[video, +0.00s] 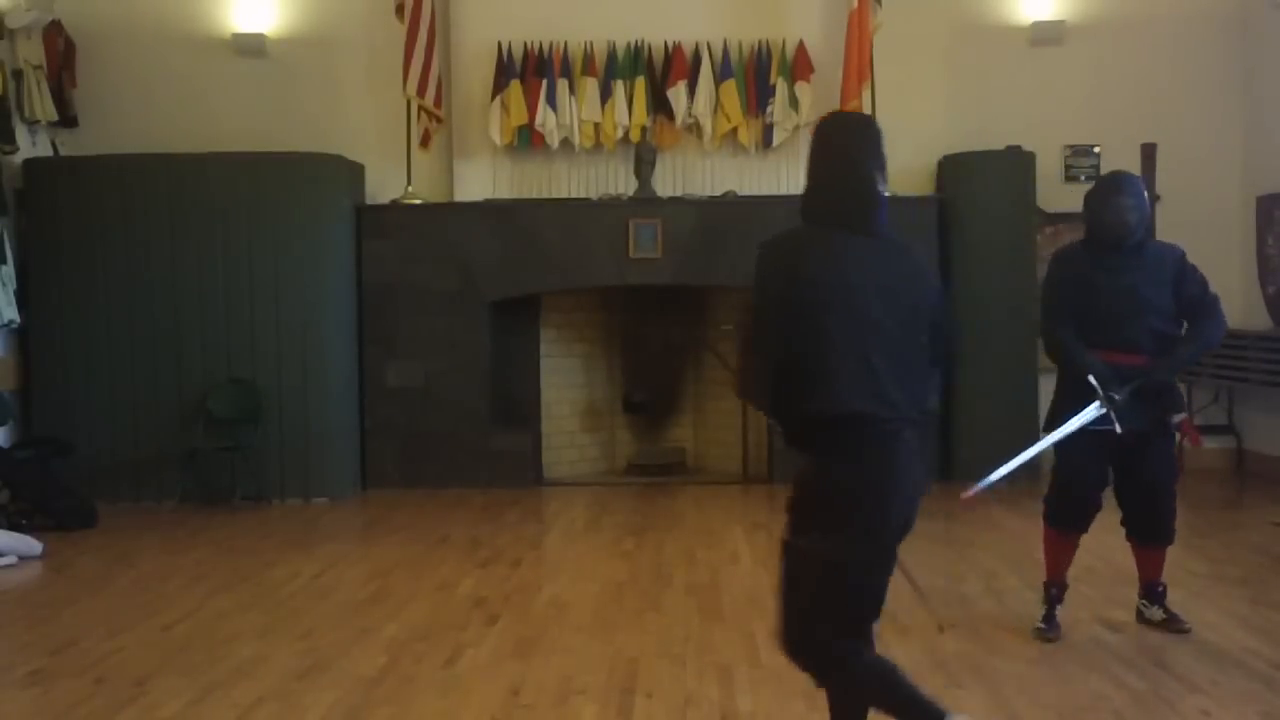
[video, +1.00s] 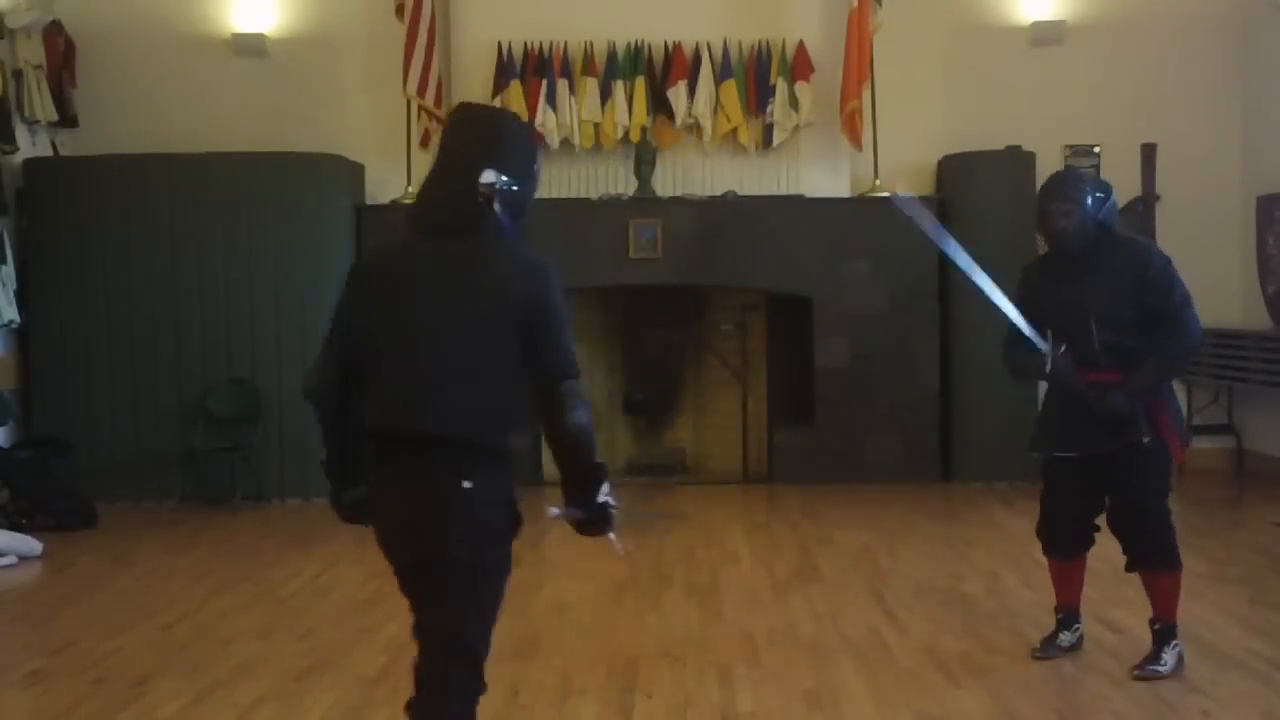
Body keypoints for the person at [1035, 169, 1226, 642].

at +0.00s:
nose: (1120, 227)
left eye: (1129, 217)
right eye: (1110, 218)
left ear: (1145, 215)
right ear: (1091, 216)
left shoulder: (1168, 263)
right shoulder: (1069, 263)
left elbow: (1212, 323)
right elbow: (1056, 334)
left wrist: (1165, 368)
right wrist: (1095, 375)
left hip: (1148, 406)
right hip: (1081, 404)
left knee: (1153, 503)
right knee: (1070, 501)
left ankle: (1152, 600)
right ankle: (1052, 599)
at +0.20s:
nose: (1111, 224)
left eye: (1120, 213)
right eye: (1101, 214)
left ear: (1140, 214)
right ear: (1084, 217)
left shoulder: (1169, 265)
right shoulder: (1068, 268)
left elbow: (1212, 329)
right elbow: (1049, 341)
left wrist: (1163, 376)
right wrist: (1086, 380)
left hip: (1152, 414)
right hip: (1086, 414)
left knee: (1153, 512)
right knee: (1079, 517)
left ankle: (1152, 602)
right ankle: (1071, 617)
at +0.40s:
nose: (1088, 228)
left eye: (1097, 217)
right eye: (1078, 218)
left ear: (1116, 216)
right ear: (1061, 222)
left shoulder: (1150, 265)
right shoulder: (1047, 277)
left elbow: (1193, 334)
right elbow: (1033, 350)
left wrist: (1149, 379)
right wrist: (1067, 394)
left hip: (1143, 410)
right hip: (1074, 410)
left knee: (1160, 513)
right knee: (1069, 518)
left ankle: (1157, 587)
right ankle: (1069, 623)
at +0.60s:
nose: (1065, 220)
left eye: (1074, 208)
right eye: (1055, 209)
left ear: (1097, 209)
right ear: (1042, 215)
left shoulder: (1134, 257)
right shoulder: (1030, 273)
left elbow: (1182, 326)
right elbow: (1021, 351)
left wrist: (1135, 376)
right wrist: (1054, 401)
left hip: (1132, 409)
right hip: (1064, 413)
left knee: (1163, 511)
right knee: (1062, 521)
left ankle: (1166, 585)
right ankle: (1069, 623)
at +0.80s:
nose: (1054, 220)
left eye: (1064, 208)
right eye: (1045, 210)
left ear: (1089, 207)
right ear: (1035, 216)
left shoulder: (1131, 255)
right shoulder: (1026, 272)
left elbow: (1181, 322)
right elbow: (1014, 349)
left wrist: (1127, 385)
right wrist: (1049, 400)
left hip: (1130, 418)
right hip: (1063, 419)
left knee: (1151, 524)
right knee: (1059, 526)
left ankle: (1170, 629)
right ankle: (1068, 627)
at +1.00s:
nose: (1050, 225)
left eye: (1061, 214)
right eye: (1045, 214)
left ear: (1094, 213)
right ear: (1040, 217)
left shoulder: (1140, 261)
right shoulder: (1040, 274)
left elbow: (1185, 337)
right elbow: (1017, 357)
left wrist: (1131, 391)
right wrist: (1035, 359)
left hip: (1139, 423)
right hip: (1071, 421)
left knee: (1146, 526)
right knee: (1061, 524)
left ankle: (1166, 640)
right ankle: (1067, 626)